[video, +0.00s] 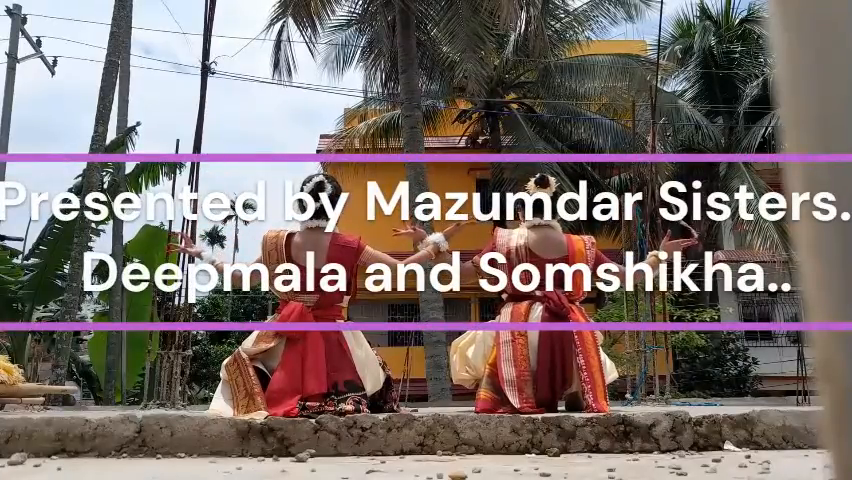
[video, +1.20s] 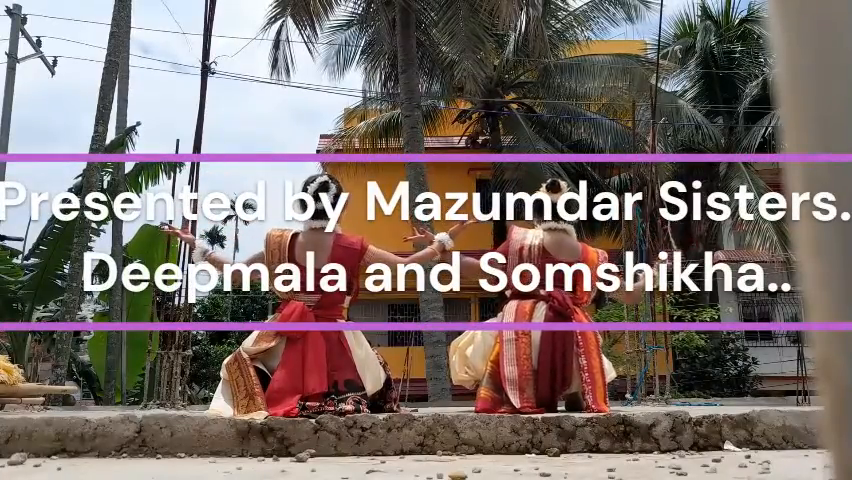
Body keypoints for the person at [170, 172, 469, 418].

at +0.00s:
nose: (339, 207)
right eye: (338, 201)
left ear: (300, 203)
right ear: (336, 207)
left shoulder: (274, 244)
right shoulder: (347, 247)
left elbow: (261, 282)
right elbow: (401, 266)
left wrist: (204, 256)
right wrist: (433, 247)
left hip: (288, 345)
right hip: (334, 343)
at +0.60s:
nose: (337, 207)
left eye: (318, 201)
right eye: (337, 201)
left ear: (300, 204)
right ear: (337, 207)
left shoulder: (276, 245)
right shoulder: (349, 248)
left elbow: (246, 280)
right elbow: (402, 267)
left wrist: (200, 256)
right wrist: (431, 247)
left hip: (289, 350)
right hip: (336, 349)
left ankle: (289, 392)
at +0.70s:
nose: (334, 207)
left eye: (315, 200)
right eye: (336, 201)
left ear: (300, 203)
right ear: (337, 206)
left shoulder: (275, 244)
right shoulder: (348, 248)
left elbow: (247, 281)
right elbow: (402, 267)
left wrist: (200, 256)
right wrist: (431, 248)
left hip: (288, 350)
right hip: (336, 350)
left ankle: (290, 392)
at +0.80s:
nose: (338, 207)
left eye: (331, 201)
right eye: (338, 202)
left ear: (300, 205)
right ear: (337, 206)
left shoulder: (276, 244)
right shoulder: (349, 247)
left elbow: (241, 280)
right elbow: (402, 265)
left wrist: (200, 254)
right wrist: (432, 246)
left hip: (287, 343)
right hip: (333, 344)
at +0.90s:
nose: (340, 206)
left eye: (333, 201)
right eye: (340, 202)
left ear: (300, 204)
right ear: (337, 206)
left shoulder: (275, 244)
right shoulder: (348, 247)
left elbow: (241, 280)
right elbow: (403, 264)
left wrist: (200, 254)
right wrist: (431, 245)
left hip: (288, 350)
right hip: (335, 350)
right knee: (376, 389)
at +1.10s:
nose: (338, 206)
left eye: (317, 200)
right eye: (338, 201)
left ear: (300, 203)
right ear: (336, 206)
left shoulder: (276, 245)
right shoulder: (349, 247)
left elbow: (236, 278)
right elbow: (404, 264)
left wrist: (199, 252)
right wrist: (435, 246)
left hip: (289, 349)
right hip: (335, 349)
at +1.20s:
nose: (333, 207)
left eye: (315, 201)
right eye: (336, 201)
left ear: (301, 204)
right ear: (338, 207)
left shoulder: (277, 245)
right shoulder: (353, 248)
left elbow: (235, 273)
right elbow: (407, 265)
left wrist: (195, 245)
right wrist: (440, 245)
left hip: (288, 348)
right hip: (336, 348)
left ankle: (287, 394)